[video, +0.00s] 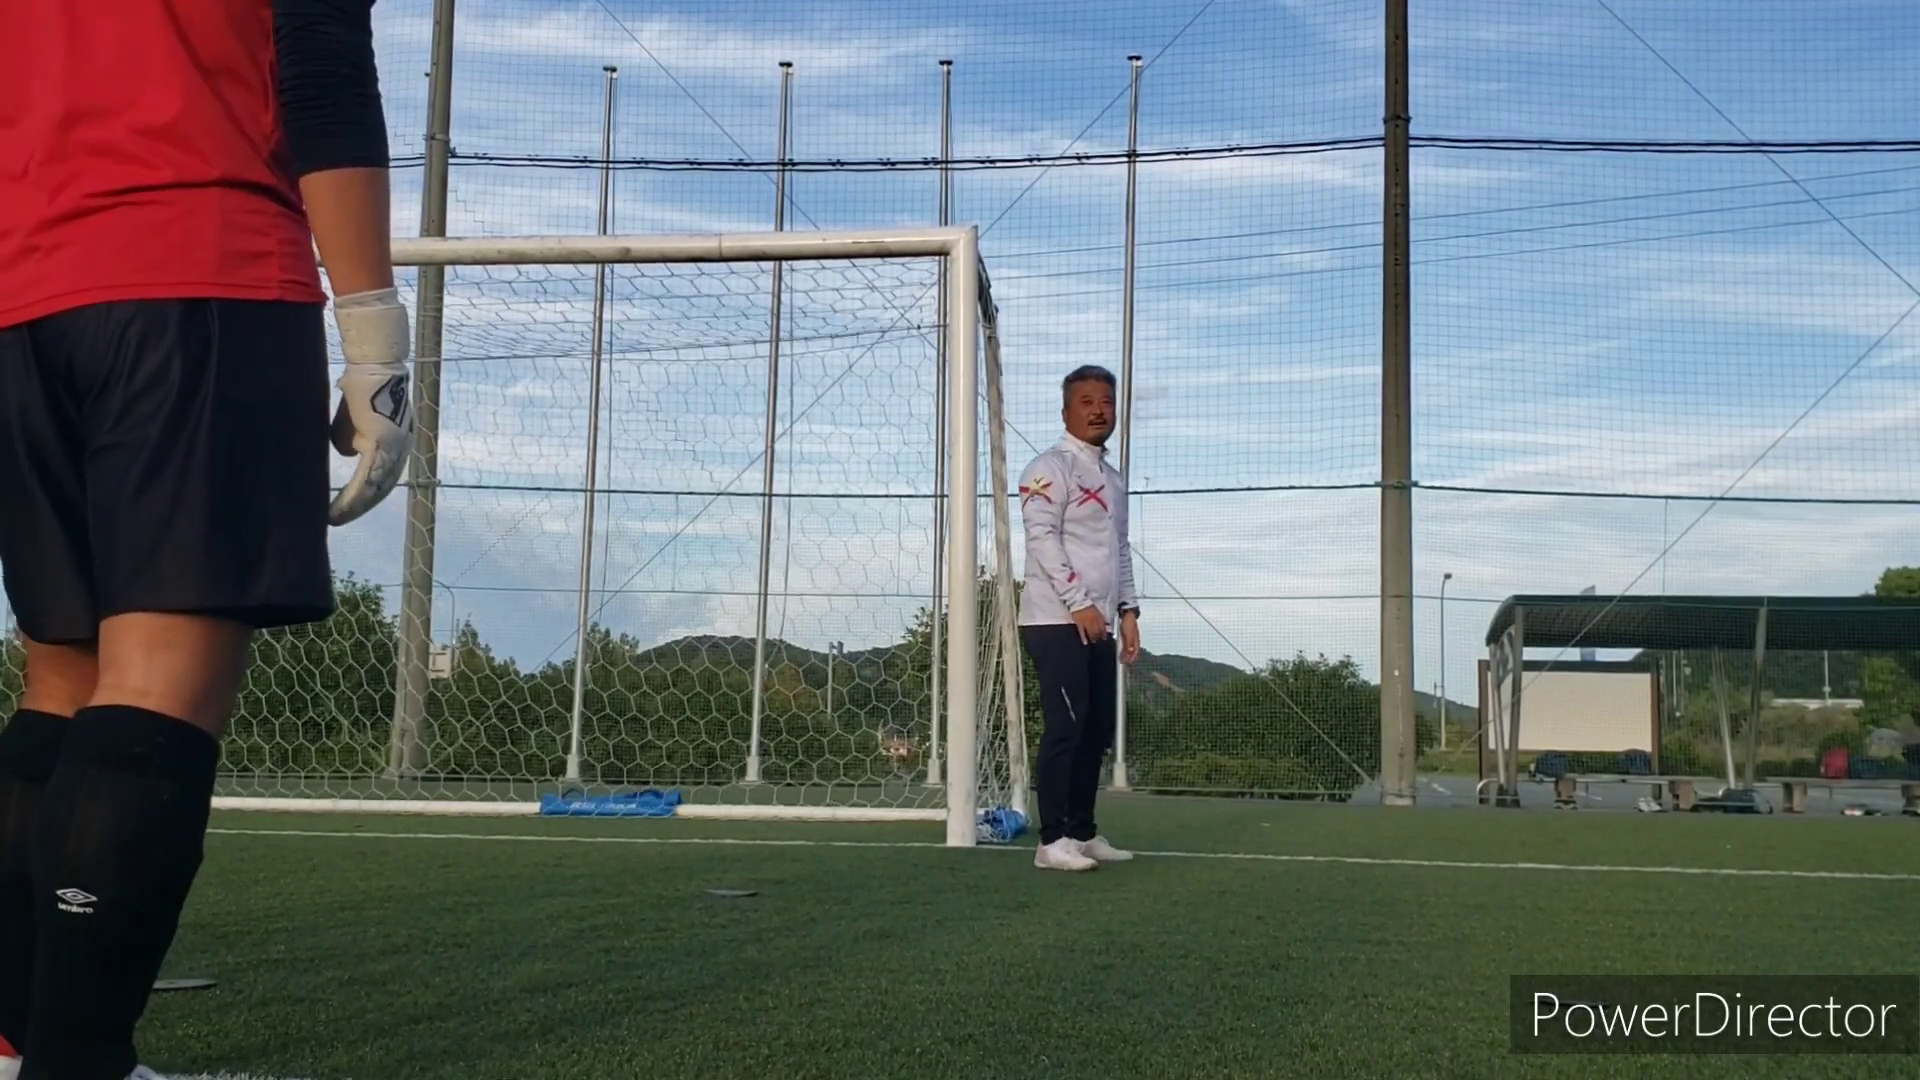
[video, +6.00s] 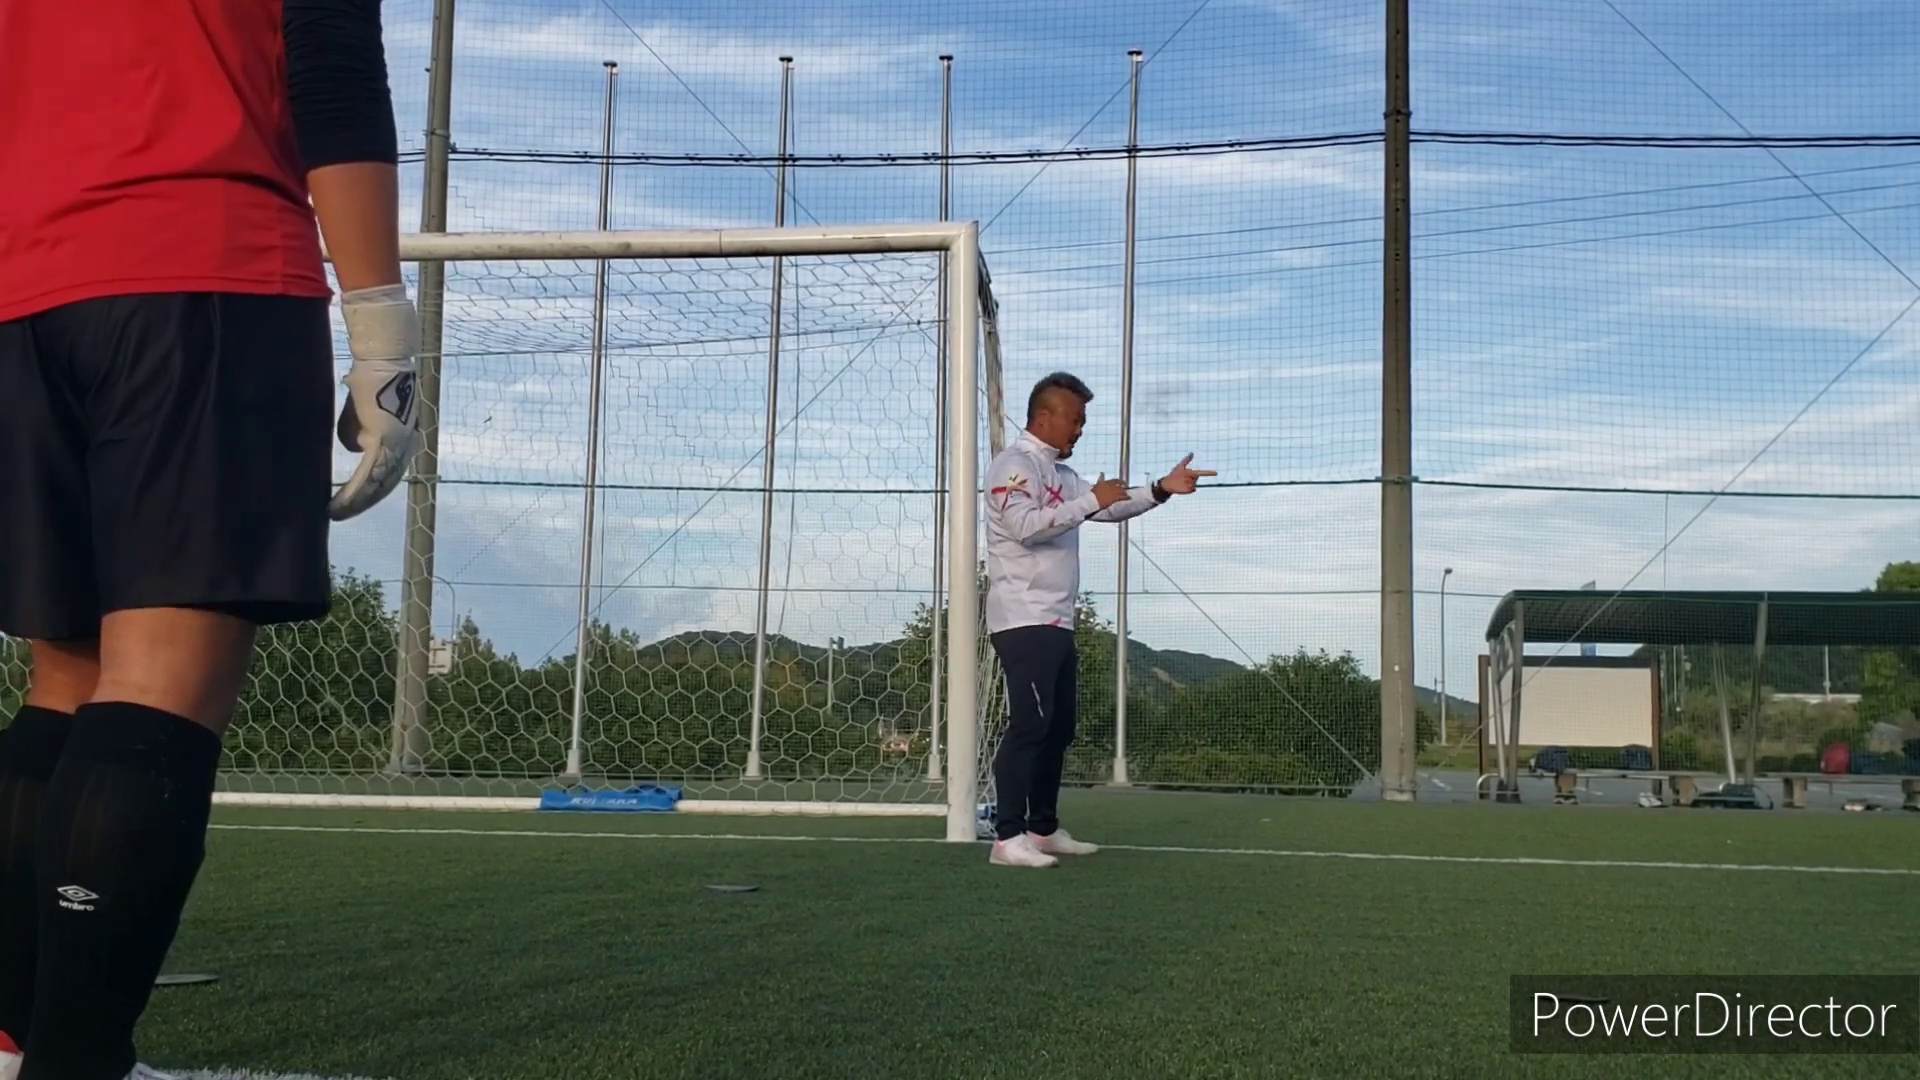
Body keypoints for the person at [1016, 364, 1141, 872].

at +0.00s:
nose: (1099, 410)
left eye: (1107, 402)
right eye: (1087, 402)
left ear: (1116, 411)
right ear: (1066, 411)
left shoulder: (1113, 478)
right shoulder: (1049, 466)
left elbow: (1119, 549)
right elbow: (1042, 540)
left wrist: (1128, 609)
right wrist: (1078, 603)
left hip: (1098, 619)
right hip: (1055, 617)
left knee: (1097, 729)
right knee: (1066, 727)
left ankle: (1082, 833)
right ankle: (1052, 841)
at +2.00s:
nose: (1098, 428)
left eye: (1101, 419)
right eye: (1088, 419)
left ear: (1099, 422)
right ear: (1055, 421)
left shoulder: (1092, 481)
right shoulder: (1023, 469)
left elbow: (1102, 538)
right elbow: (998, 535)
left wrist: (1106, 558)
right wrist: (1040, 567)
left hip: (1061, 620)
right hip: (1014, 616)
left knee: (1060, 726)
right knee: (1027, 721)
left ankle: (1041, 832)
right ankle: (1008, 841)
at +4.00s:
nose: (1054, 413)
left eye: (1056, 404)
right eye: (1041, 406)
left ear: (1060, 412)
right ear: (1014, 415)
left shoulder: (1060, 474)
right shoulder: (1002, 467)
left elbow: (1093, 529)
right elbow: (1029, 521)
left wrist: (1123, 494)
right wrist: (1086, 481)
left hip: (1061, 619)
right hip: (1023, 618)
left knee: (1060, 724)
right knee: (1028, 723)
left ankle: (1042, 830)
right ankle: (1008, 839)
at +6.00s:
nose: (1082, 428)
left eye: (1083, 419)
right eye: (1076, 418)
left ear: (1057, 420)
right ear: (1045, 416)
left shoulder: (1063, 475)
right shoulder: (1014, 464)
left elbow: (1109, 508)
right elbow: (1023, 525)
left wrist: (1162, 488)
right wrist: (1089, 502)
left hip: (1056, 619)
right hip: (1022, 617)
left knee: (1058, 726)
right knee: (1030, 722)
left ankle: (1041, 830)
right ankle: (1008, 839)